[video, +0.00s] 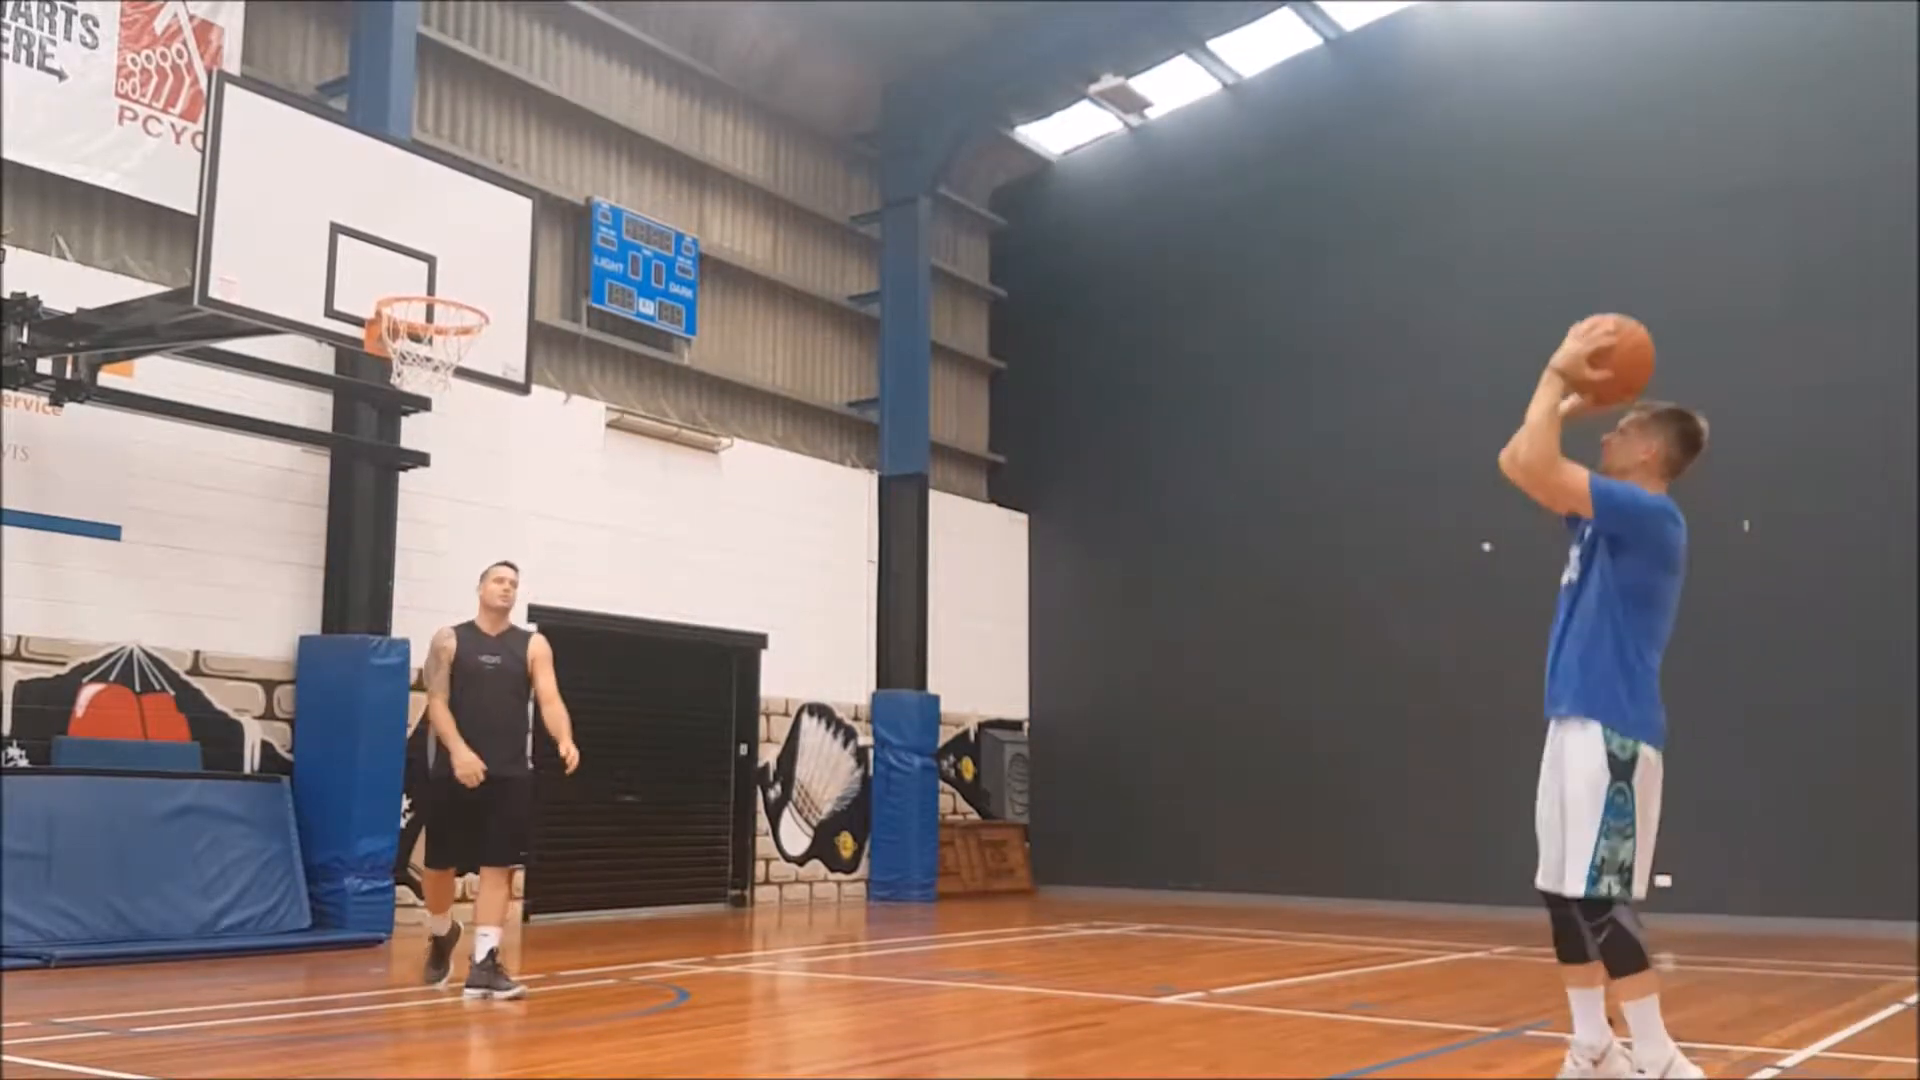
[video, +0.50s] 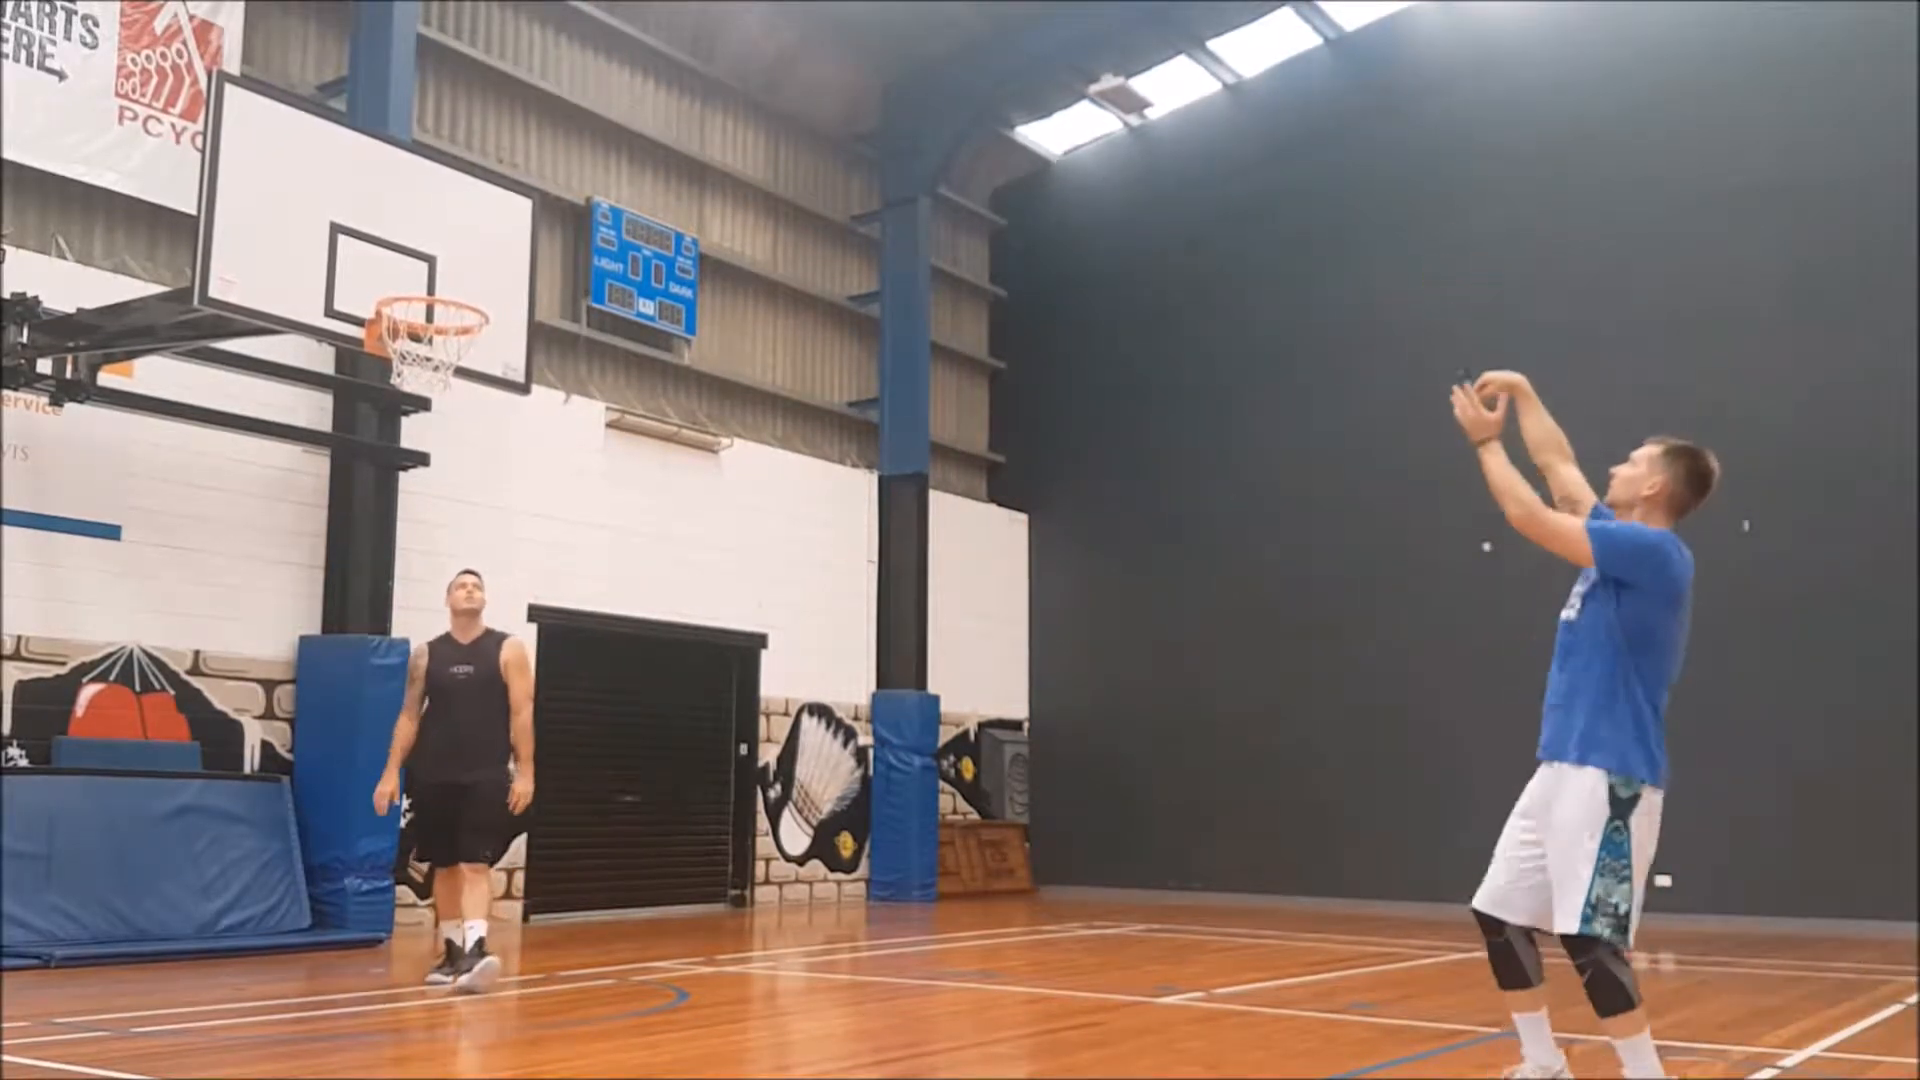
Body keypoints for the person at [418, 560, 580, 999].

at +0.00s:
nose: (505, 588)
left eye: (512, 584)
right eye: (498, 581)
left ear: (517, 595)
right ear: (479, 589)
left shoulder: (534, 644)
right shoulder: (449, 640)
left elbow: (550, 699)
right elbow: (436, 703)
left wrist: (564, 737)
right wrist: (459, 750)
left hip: (511, 774)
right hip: (453, 770)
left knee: (498, 867)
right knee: (439, 863)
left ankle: (485, 963)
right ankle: (441, 934)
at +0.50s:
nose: (469, 591)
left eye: (476, 587)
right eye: (461, 587)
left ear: (485, 601)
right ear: (447, 601)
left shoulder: (508, 650)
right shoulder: (426, 653)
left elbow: (521, 714)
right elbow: (410, 715)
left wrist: (525, 773)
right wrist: (391, 772)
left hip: (486, 776)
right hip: (435, 776)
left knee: (473, 861)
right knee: (444, 865)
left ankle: (475, 953)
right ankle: (451, 954)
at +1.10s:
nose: (444, 590)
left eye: (449, 586)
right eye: (436, 589)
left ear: (463, 601)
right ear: (427, 608)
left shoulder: (496, 644)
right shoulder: (417, 661)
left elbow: (524, 698)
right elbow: (411, 720)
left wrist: (532, 731)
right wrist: (392, 759)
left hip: (483, 773)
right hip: (433, 775)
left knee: (473, 863)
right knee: (443, 865)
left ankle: (471, 959)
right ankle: (451, 956)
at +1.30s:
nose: (443, 592)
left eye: (448, 588)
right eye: (435, 591)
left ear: (461, 603)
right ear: (425, 610)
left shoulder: (494, 643)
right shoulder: (415, 661)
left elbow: (534, 696)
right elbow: (403, 725)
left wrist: (519, 678)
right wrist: (389, 704)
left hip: (483, 769)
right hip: (433, 773)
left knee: (470, 854)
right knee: (442, 863)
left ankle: (468, 956)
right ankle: (449, 955)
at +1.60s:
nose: (450, 591)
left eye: (458, 589)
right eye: (443, 591)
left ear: (472, 608)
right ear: (434, 613)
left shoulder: (493, 641)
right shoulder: (420, 658)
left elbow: (536, 675)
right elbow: (369, 691)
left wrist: (513, 632)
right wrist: (365, 635)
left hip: (484, 771)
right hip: (432, 775)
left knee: (471, 855)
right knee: (440, 869)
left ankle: (468, 959)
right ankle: (450, 955)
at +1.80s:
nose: (460, 595)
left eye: (468, 588)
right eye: (454, 589)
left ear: (484, 600)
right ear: (445, 601)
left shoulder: (503, 645)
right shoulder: (432, 648)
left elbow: (511, 669)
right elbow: (381, 666)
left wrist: (479, 631)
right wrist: (397, 618)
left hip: (488, 771)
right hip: (434, 771)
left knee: (476, 863)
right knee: (426, 867)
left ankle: (465, 962)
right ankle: (439, 935)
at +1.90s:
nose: (468, 594)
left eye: (477, 587)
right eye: (462, 587)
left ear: (492, 598)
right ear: (452, 596)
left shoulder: (508, 641)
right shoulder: (436, 644)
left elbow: (492, 677)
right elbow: (417, 676)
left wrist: (452, 683)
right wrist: (411, 667)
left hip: (493, 771)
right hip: (436, 770)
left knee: (477, 865)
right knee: (421, 874)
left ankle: (466, 965)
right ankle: (432, 929)